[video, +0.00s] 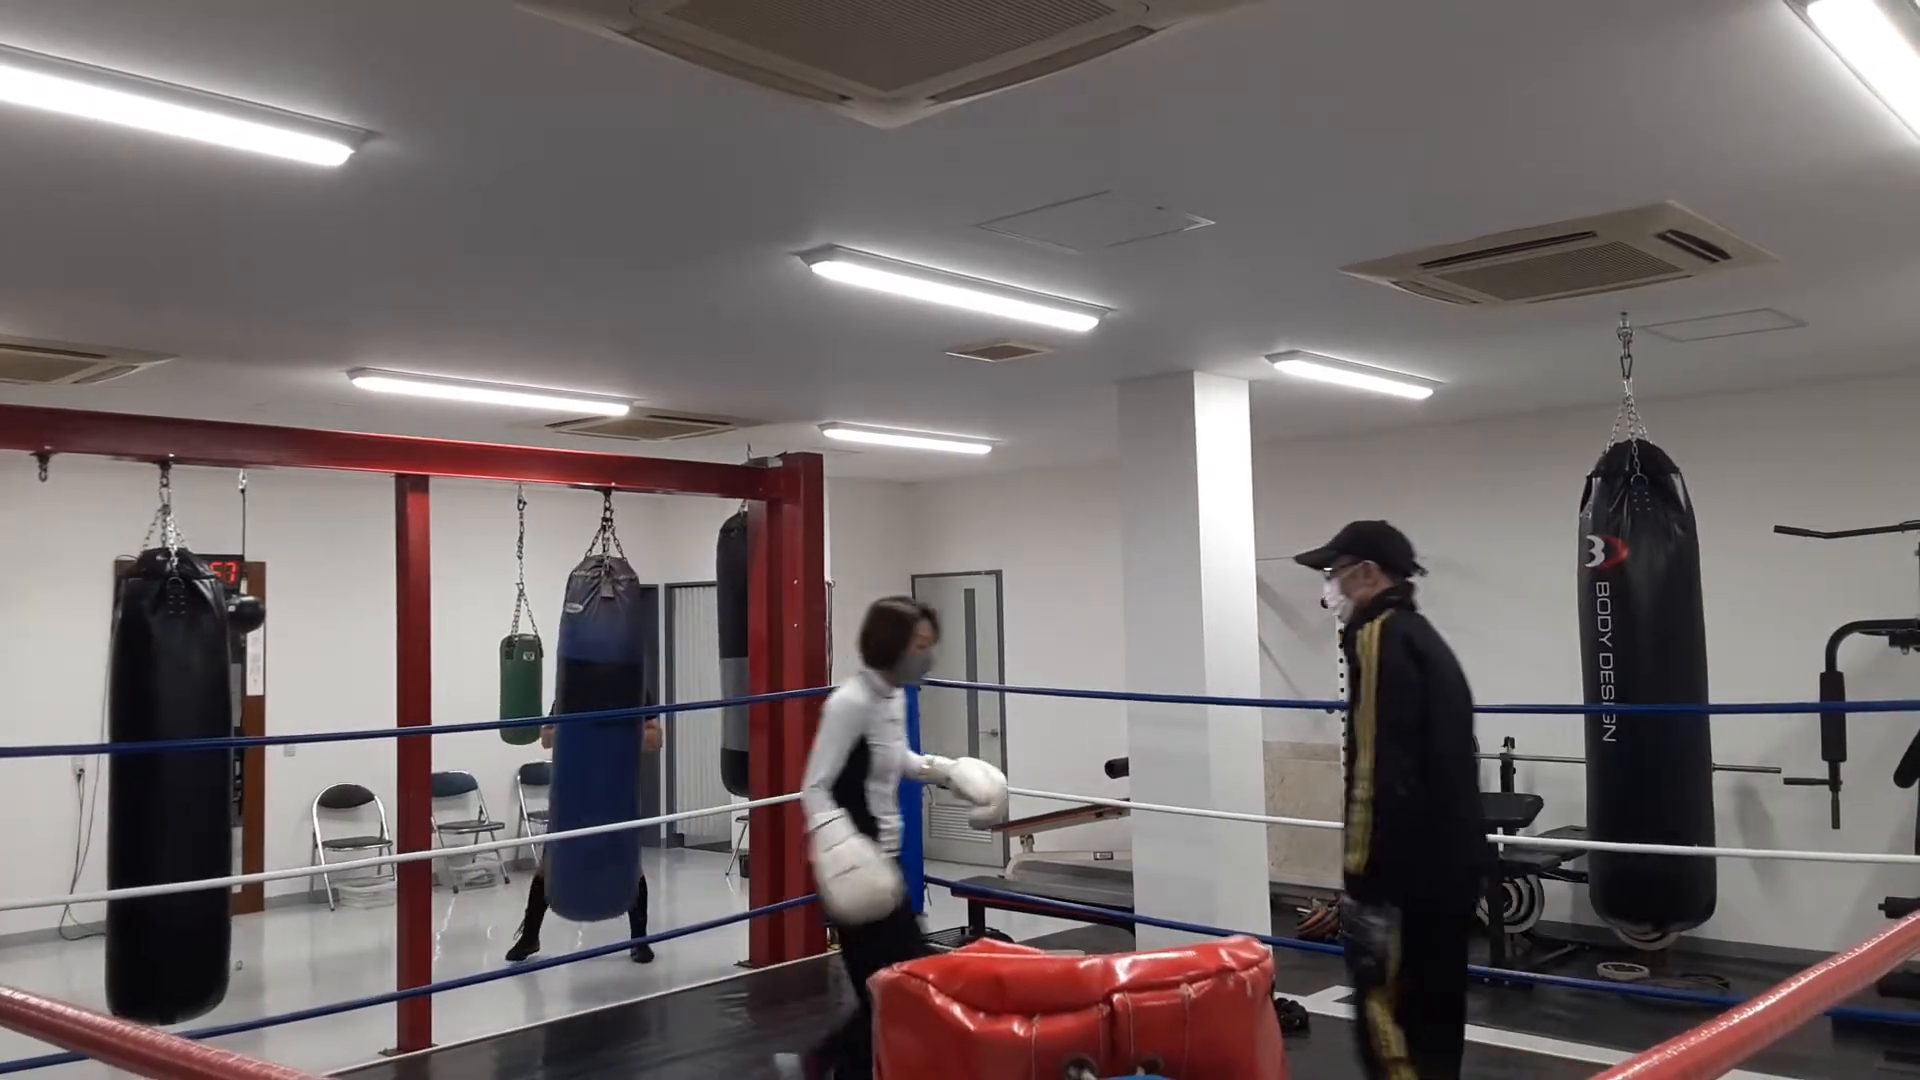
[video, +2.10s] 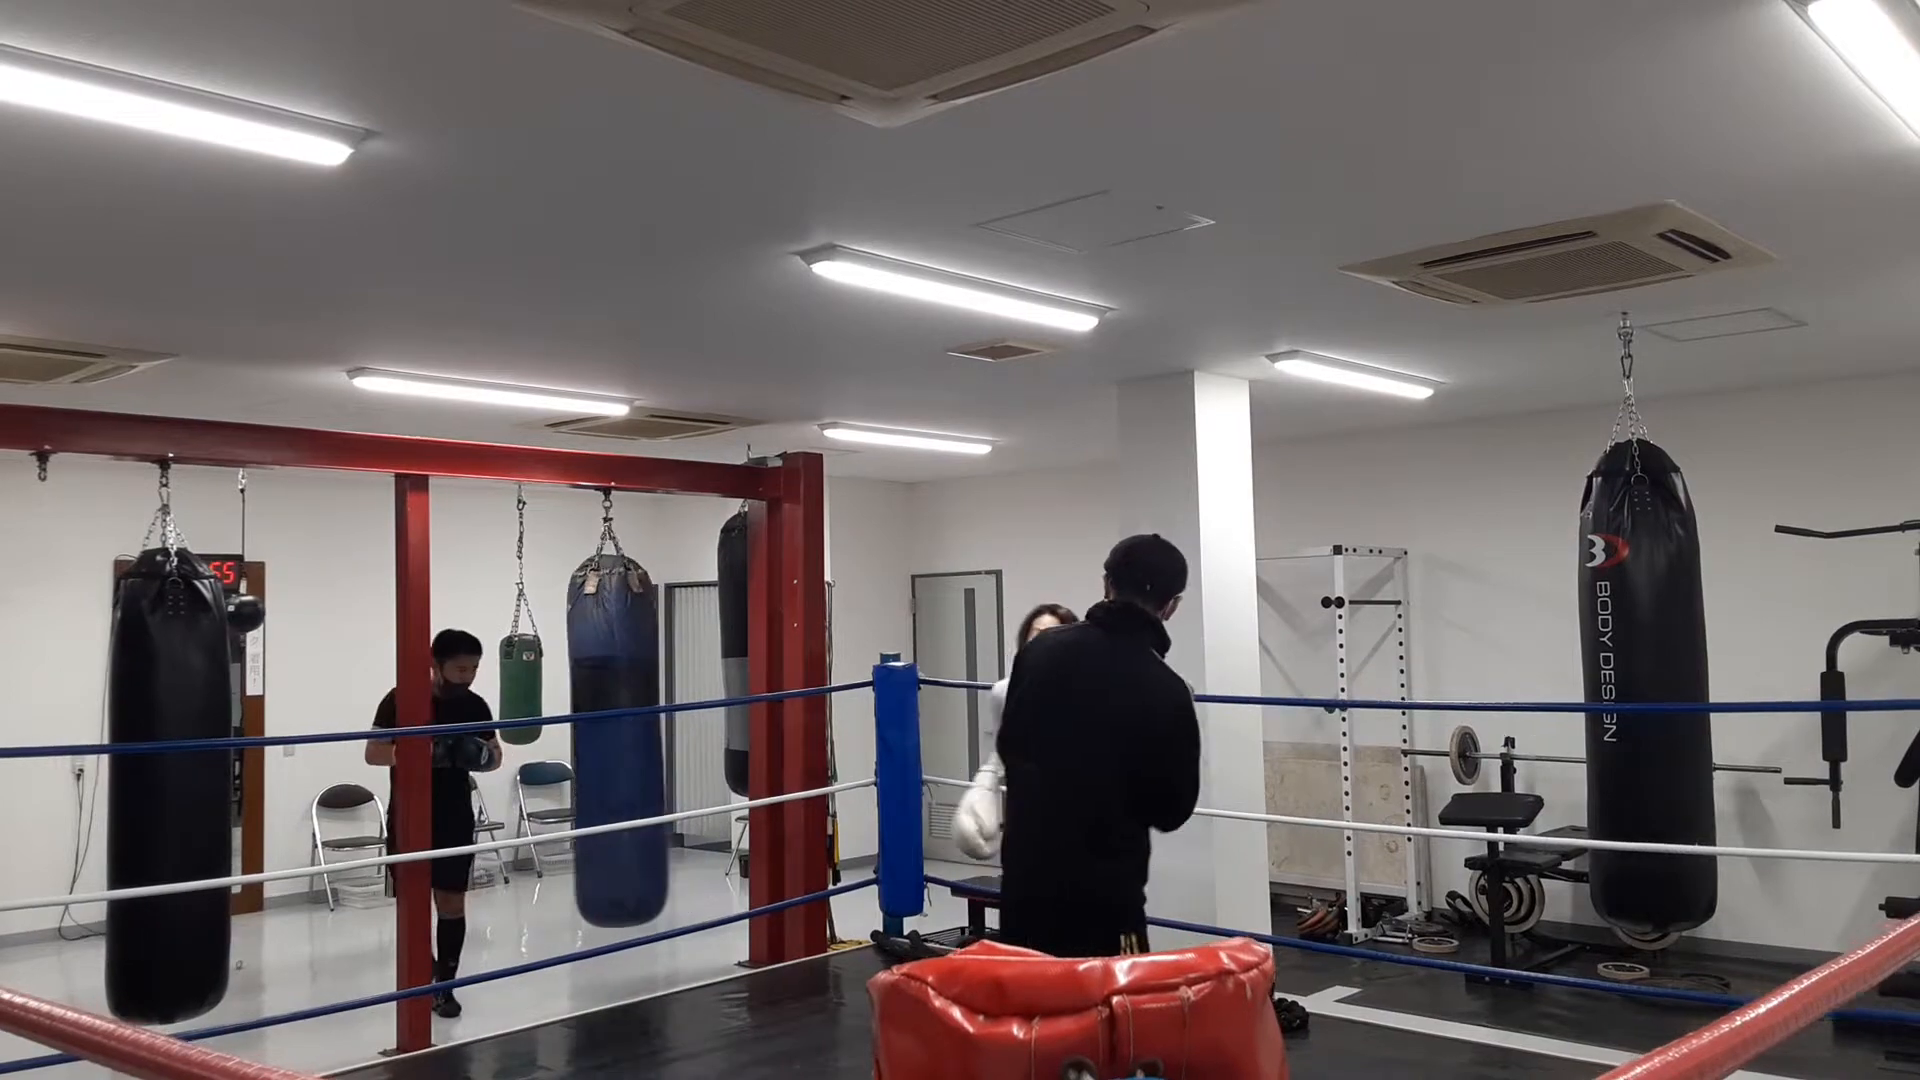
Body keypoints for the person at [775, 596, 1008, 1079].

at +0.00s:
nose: (929, 656)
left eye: (931, 646)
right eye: (922, 646)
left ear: (915, 646)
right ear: (894, 647)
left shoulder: (894, 695)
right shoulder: (850, 701)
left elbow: (895, 759)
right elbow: (815, 791)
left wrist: (949, 772)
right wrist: (852, 859)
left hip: (886, 859)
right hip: (857, 865)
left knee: (889, 988)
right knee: (906, 979)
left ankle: (847, 1065)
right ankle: (821, 1061)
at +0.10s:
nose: (958, 652)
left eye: (960, 642)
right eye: (950, 642)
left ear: (951, 645)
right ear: (921, 643)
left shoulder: (928, 694)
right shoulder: (881, 696)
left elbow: (923, 765)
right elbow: (852, 783)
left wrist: (973, 771)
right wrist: (899, 830)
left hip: (915, 851)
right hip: (877, 857)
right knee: (899, 983)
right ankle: (863, 1068)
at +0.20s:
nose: (989, 653)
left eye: (992, 644)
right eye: (982, 643)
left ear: (988, 647)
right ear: (954, 643)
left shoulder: (965, 695)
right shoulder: (915, 695)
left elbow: (959, 767)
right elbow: (889, 781)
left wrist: (1008, 776)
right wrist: (946, 807)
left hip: (948, 858)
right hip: (909, 860)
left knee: (999, 962)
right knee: (912, 979)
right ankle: (866, 1070)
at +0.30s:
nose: (1029, 665)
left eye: (1031, 655)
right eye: (1019, 655)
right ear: (989, 654)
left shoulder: (1013, 709)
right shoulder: (950, 706)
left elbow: (1016, 782)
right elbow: (924, 788)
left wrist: (1070, 793)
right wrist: (988, 793)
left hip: (993, 868)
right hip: (946, 871)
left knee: (1029, 964)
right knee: (935, 975)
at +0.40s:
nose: (1066, 666)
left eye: (1068, 657)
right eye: (1056, 656)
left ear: (1071, 658)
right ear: (1028, 657)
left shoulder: (1053, 713)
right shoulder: (984, 709)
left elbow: (1053, 789)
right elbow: (956, 788)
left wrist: (1103, 775)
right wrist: (1012, 774)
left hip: (1020, 863)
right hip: (969, 866)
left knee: (1066, 956)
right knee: (954, 971)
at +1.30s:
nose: (1015, 651)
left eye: (1025, 643)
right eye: (1006, 641)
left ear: (1035, 653)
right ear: (987, 647)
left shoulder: (1049, 700)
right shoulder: (961, 702)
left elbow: (1074, 762)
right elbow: (944, 767)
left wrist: (1066, 803)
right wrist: (952, 811)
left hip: (1042, 836)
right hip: (983, 838)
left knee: (1060, 943)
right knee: (984, 944)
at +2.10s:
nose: (1045, 646)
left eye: (1053, 638)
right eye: (1038, 637)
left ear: (1070, 644)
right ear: (1025, 643)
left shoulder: (1087, 690)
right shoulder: (1007, 693)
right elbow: (1001, 752)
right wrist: (980, 795)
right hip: (1025, 812)